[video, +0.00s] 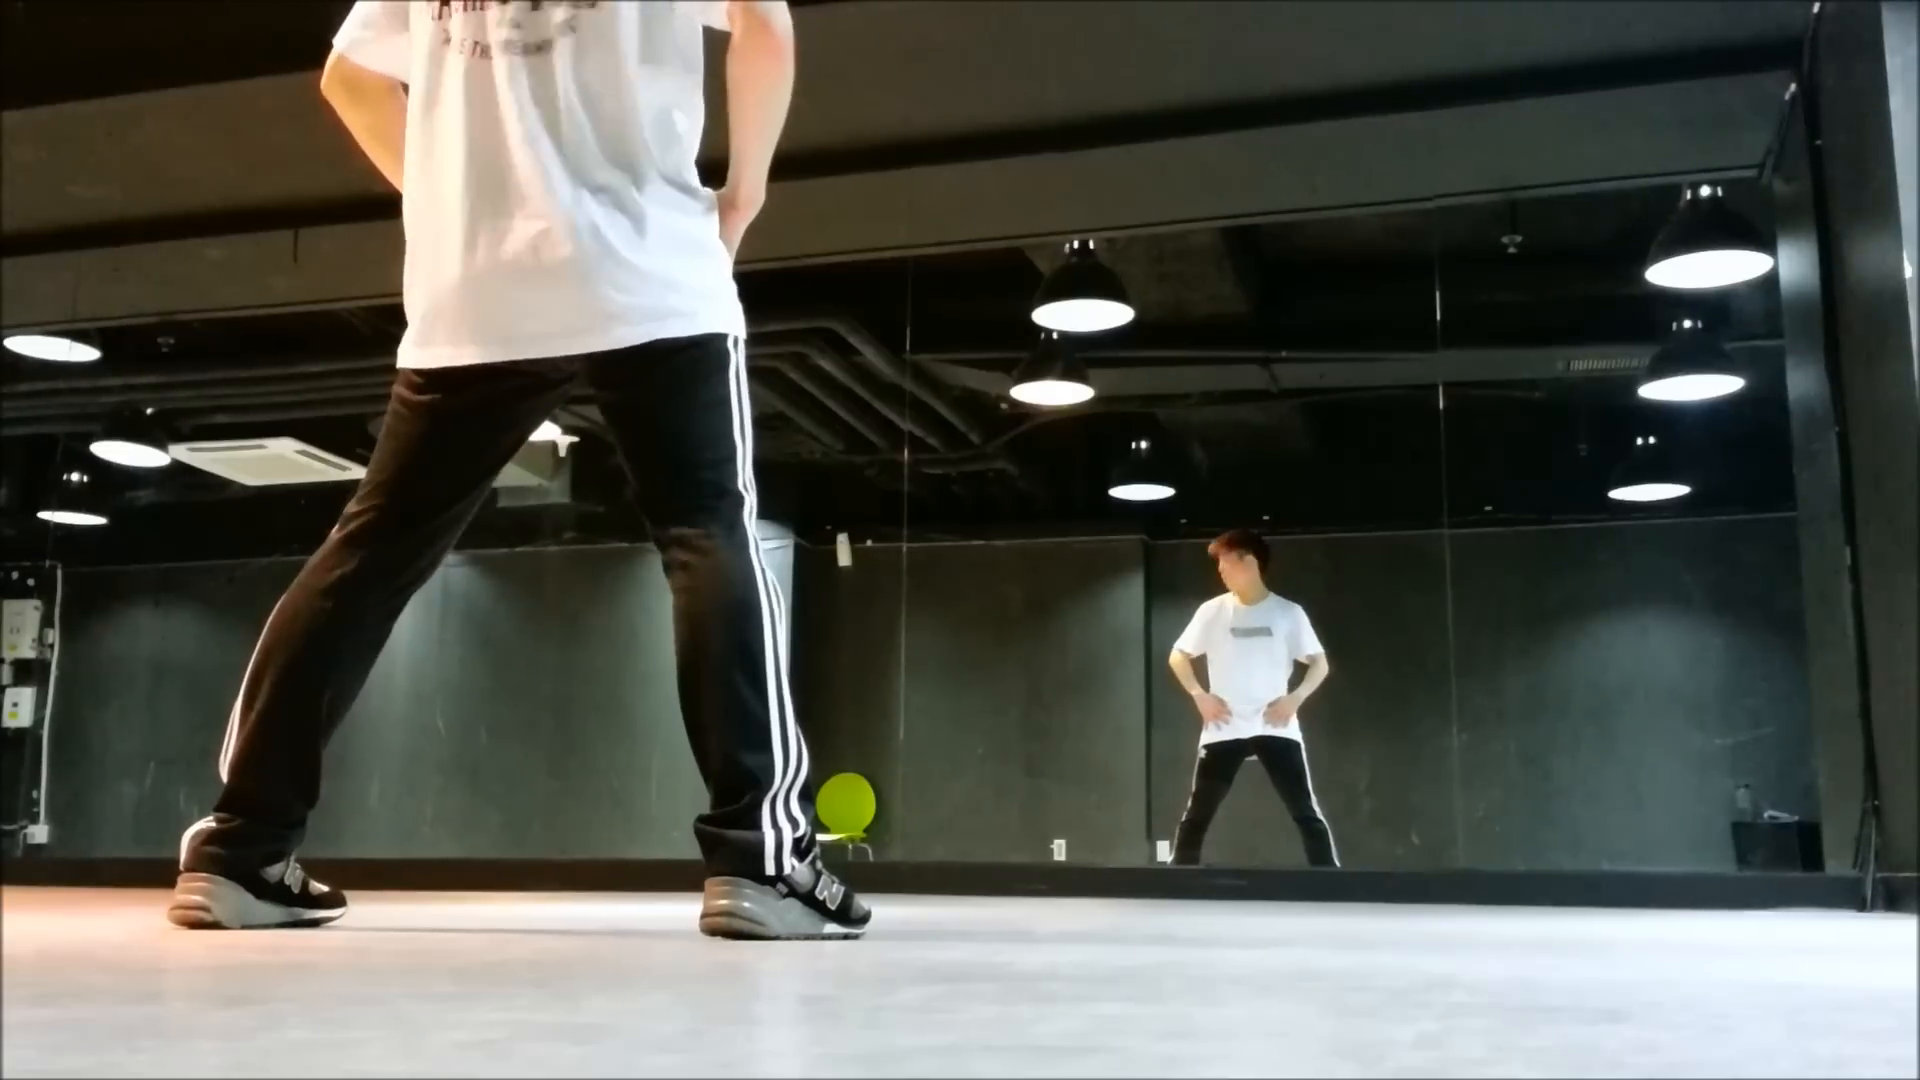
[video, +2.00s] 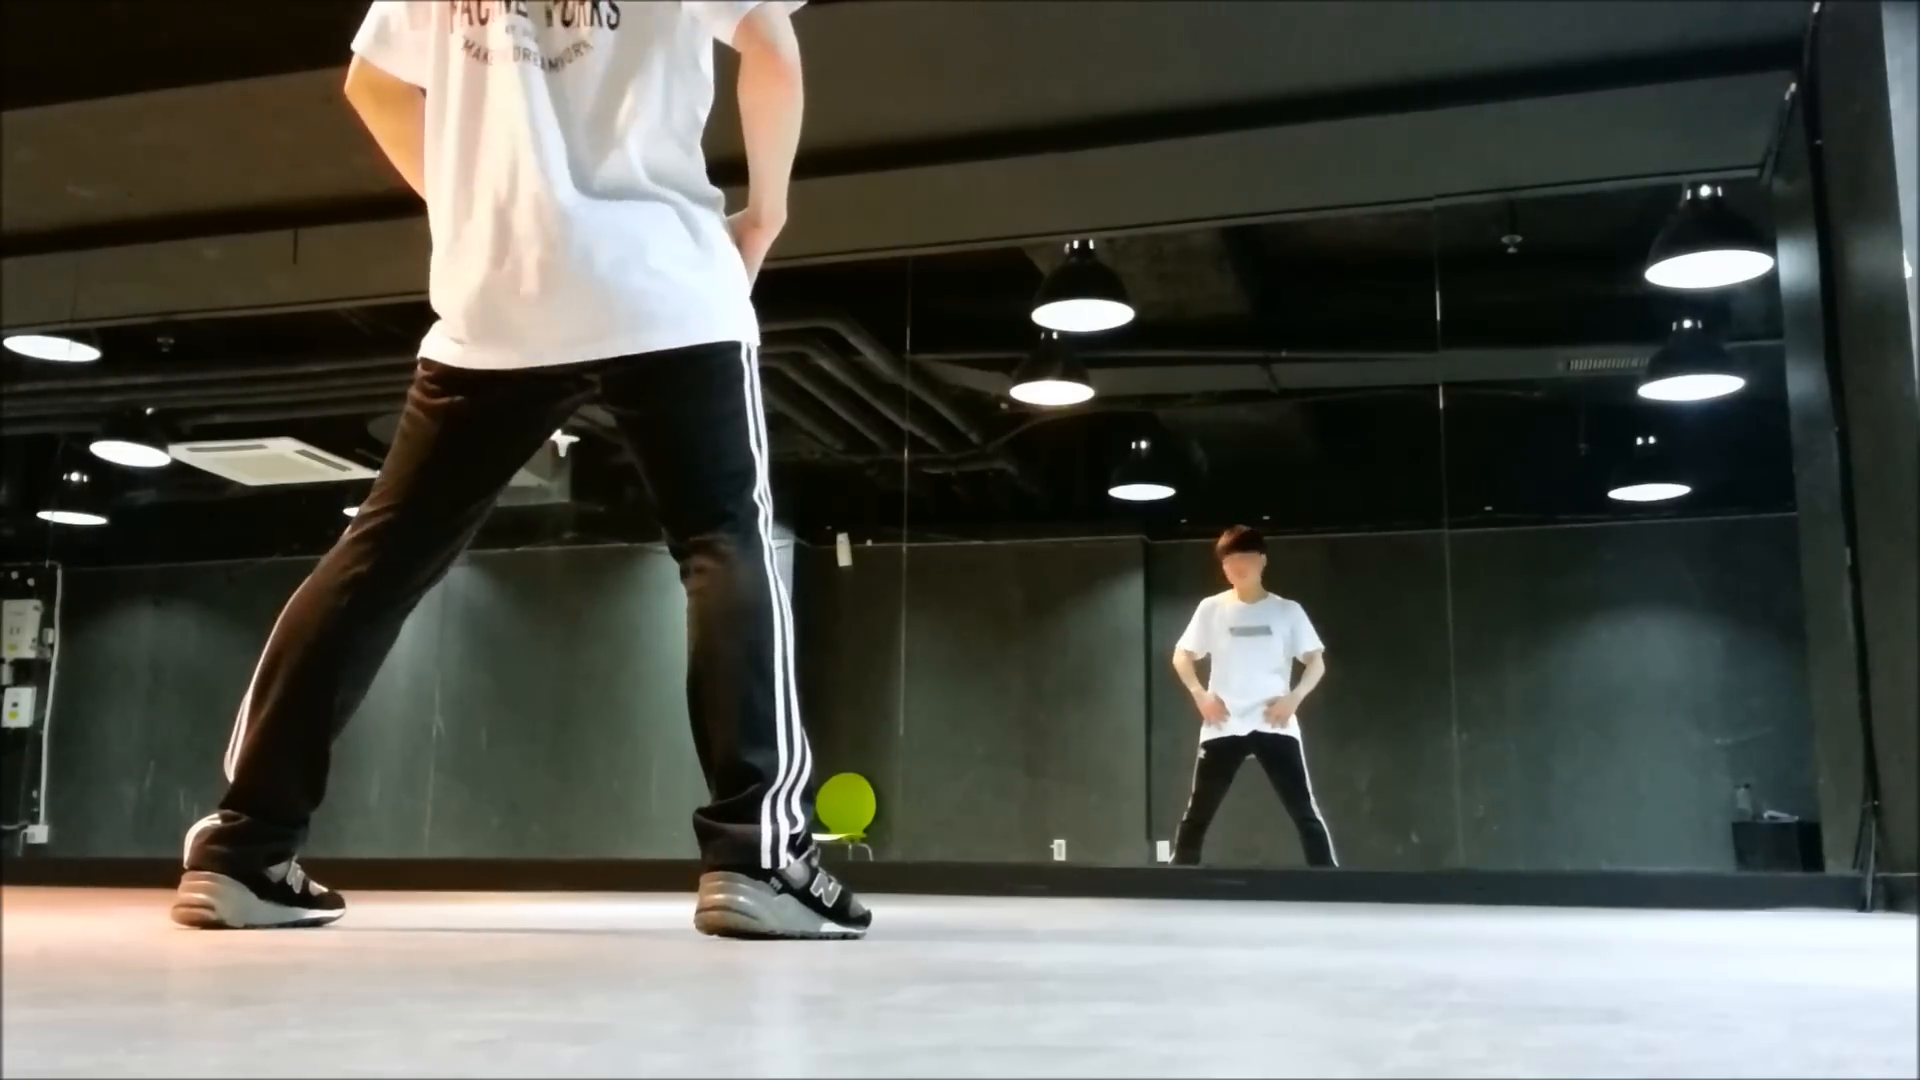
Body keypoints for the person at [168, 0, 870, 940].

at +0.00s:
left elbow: (353, 75)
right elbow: (762, 24)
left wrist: (461, 200)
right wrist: (746, 183)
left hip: (474, 261)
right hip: (650, 260)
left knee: (371, 551)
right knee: (710, 541)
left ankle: (238, 845)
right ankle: (762, 856)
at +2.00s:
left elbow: (376, 81)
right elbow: (771, 48)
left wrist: (476, 207)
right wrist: (767, 204)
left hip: (495, 275)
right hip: (663, 274)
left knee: (380, 555)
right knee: (726, 545)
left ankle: (240, 844)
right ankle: (758, 851)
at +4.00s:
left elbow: (350, 69)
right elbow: (754, 22)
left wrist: (458, 198)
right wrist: (758, 190)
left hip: (482, 254)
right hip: (655, 251)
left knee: (370, 551)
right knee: (710, 539)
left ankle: (238, 848)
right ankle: (760, 856)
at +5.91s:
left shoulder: (387, 0)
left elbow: (306, 109)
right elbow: (773, 34)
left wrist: (429, 238)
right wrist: (744, 191)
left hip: (485, 288)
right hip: (649, 279)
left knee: (411, 566)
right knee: (756, 550)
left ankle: (279, 833)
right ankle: (714, 841)